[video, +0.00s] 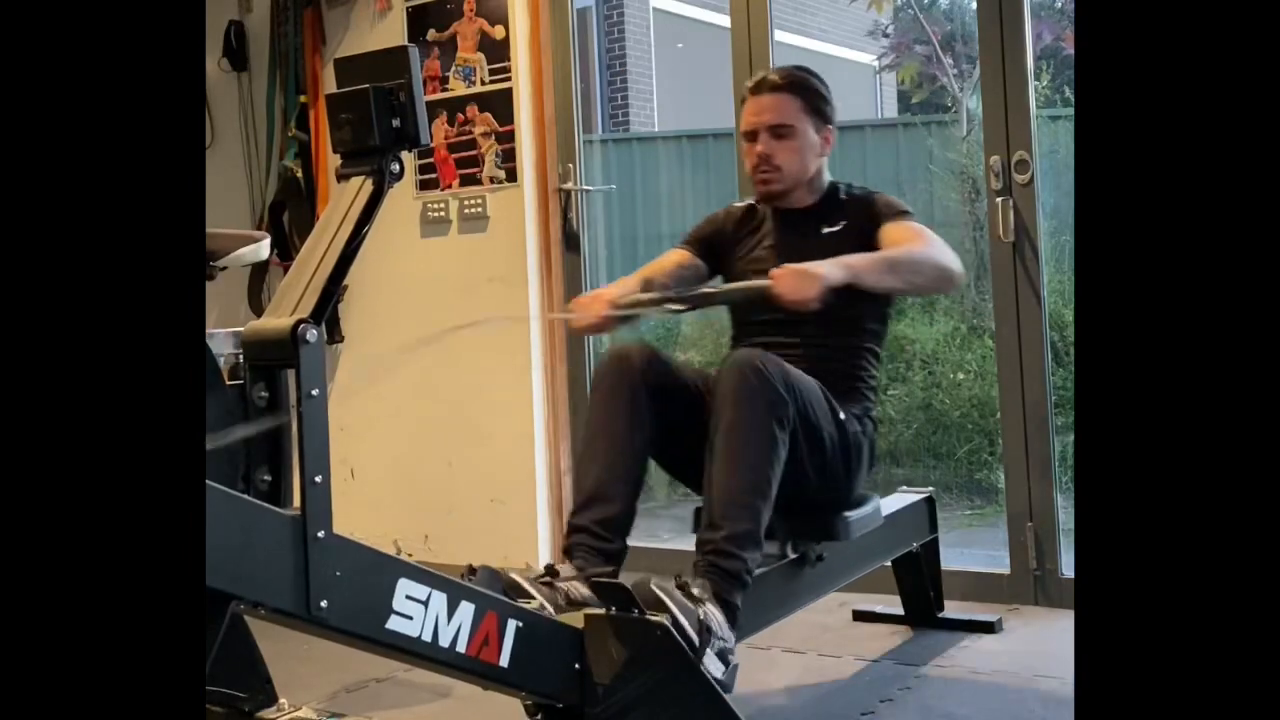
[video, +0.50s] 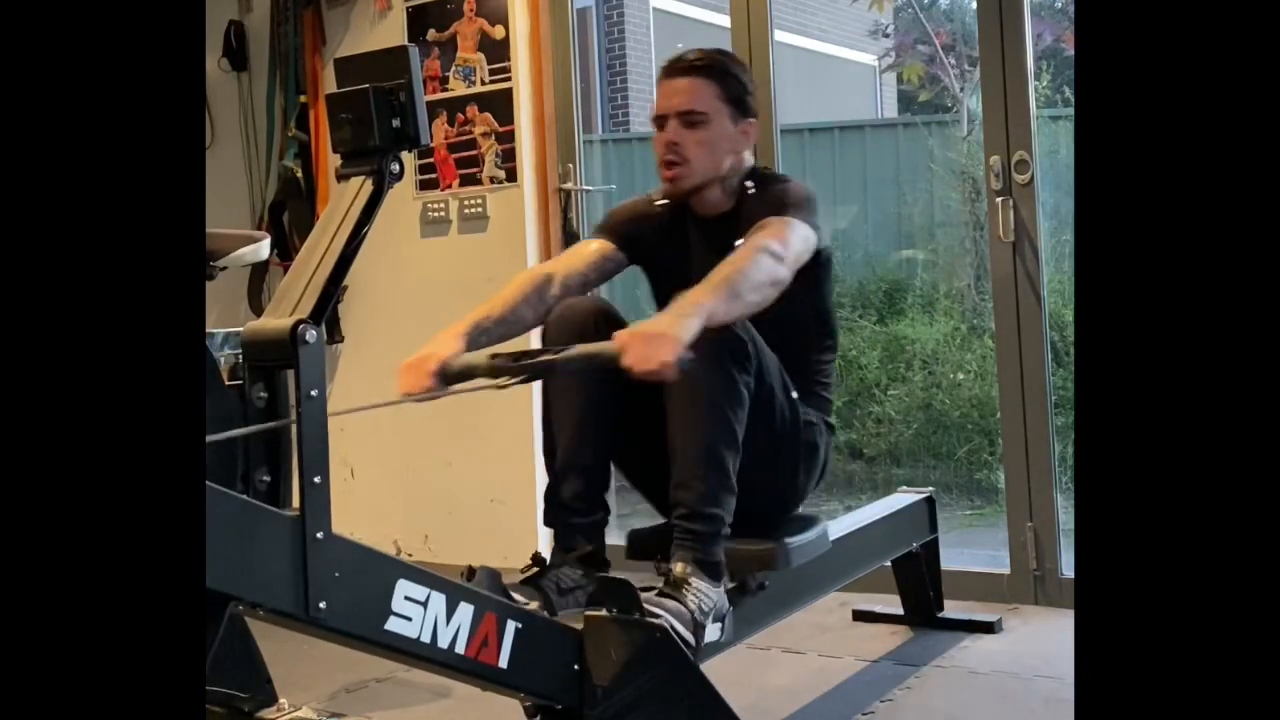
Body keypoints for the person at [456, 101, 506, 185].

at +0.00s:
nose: (467, 115)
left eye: (468, 112)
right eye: (466, 112)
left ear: (475, 110)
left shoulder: (486, 116)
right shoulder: (473, 124)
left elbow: (497, 129)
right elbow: (457, 132)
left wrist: (485, 130)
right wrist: (457, 122)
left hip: (492, 148)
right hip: (485, 151)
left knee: (485, 177)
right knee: (498, 178)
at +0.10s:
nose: (467, 115)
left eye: (468, 112)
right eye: (466, 112)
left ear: (475, 110)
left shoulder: (486, 116)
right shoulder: (472, 124)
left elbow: (497, 129)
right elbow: (458, 132)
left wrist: (485, 130)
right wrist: (457, 122)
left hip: (492, 148)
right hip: (485, 151)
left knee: (485, 177)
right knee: (498, 178)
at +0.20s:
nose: (467, 115)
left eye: (468, 111)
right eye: (466, 112)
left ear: (475, 110)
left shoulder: (486, 116)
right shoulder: (473, 124)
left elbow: (497, 129)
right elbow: (458, 132)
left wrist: (485, 130)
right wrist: (457, 122)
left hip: (492, 148)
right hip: (485, 151)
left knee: (485, 177)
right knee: (498, 178)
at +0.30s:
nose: (467, 115)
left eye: (468, 111)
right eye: (466, 112)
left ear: (475, 109)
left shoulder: (486, 116)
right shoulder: (473, 124)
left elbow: (497, 129)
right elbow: (458, 132)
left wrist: (485, 130)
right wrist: (458, 122)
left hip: (492, 148)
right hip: (485, 151)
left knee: (485, 177)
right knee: (498, 178)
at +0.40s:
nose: (467, 114)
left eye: (468, 111)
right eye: (466, 112)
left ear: (475, 109)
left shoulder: (486, 116)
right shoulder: (473, 124)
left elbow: (497, 129)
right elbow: (458, 132)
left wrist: (484, 130)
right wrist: (458, 122)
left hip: (492, 148)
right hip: (484, 150)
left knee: (485, 177)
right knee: (498, 178)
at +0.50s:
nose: (467, 115)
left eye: (468, 111)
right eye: (466, 112)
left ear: (475, 109)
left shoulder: (486, 116)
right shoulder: (473, 124)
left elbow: (497, 129)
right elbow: (458, 132)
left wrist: (484, 130)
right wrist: (458, 122)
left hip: (492, 148)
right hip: (484, 150)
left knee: (485, 177)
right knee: (498, 178)